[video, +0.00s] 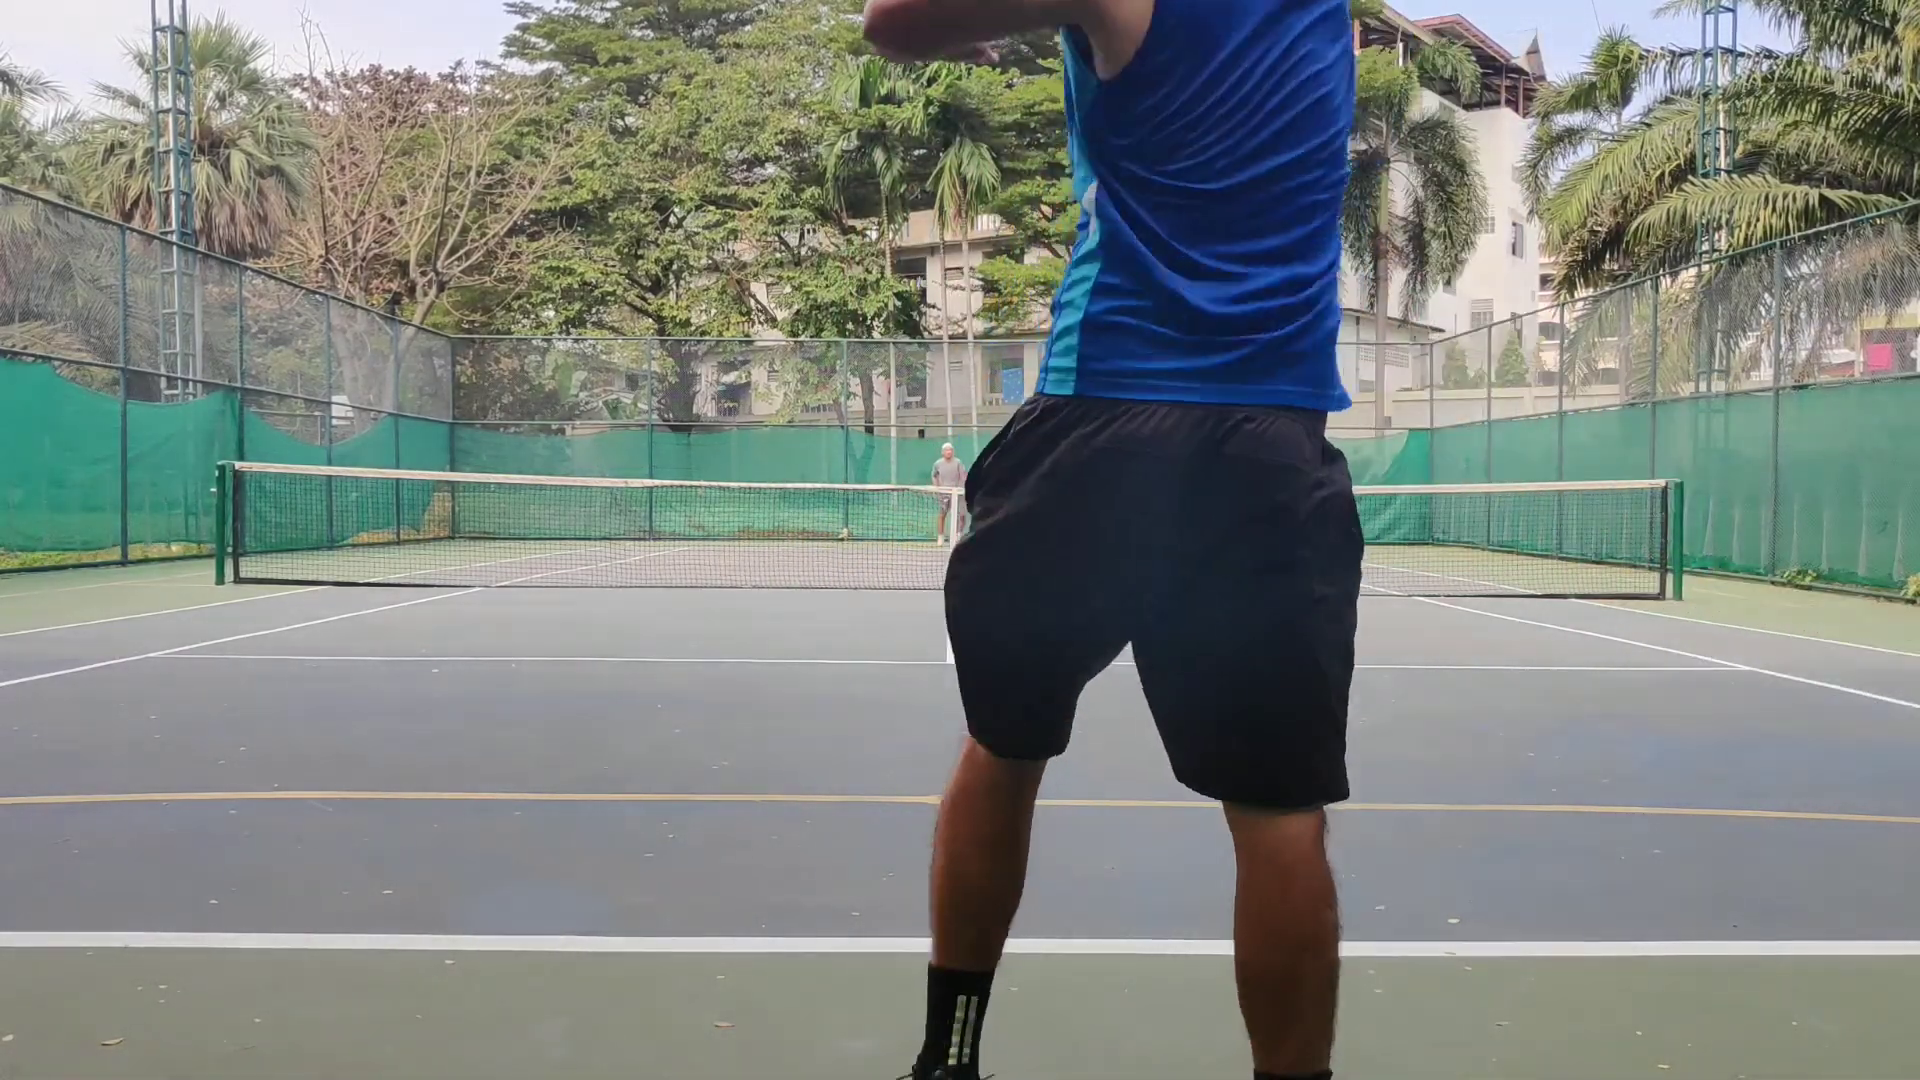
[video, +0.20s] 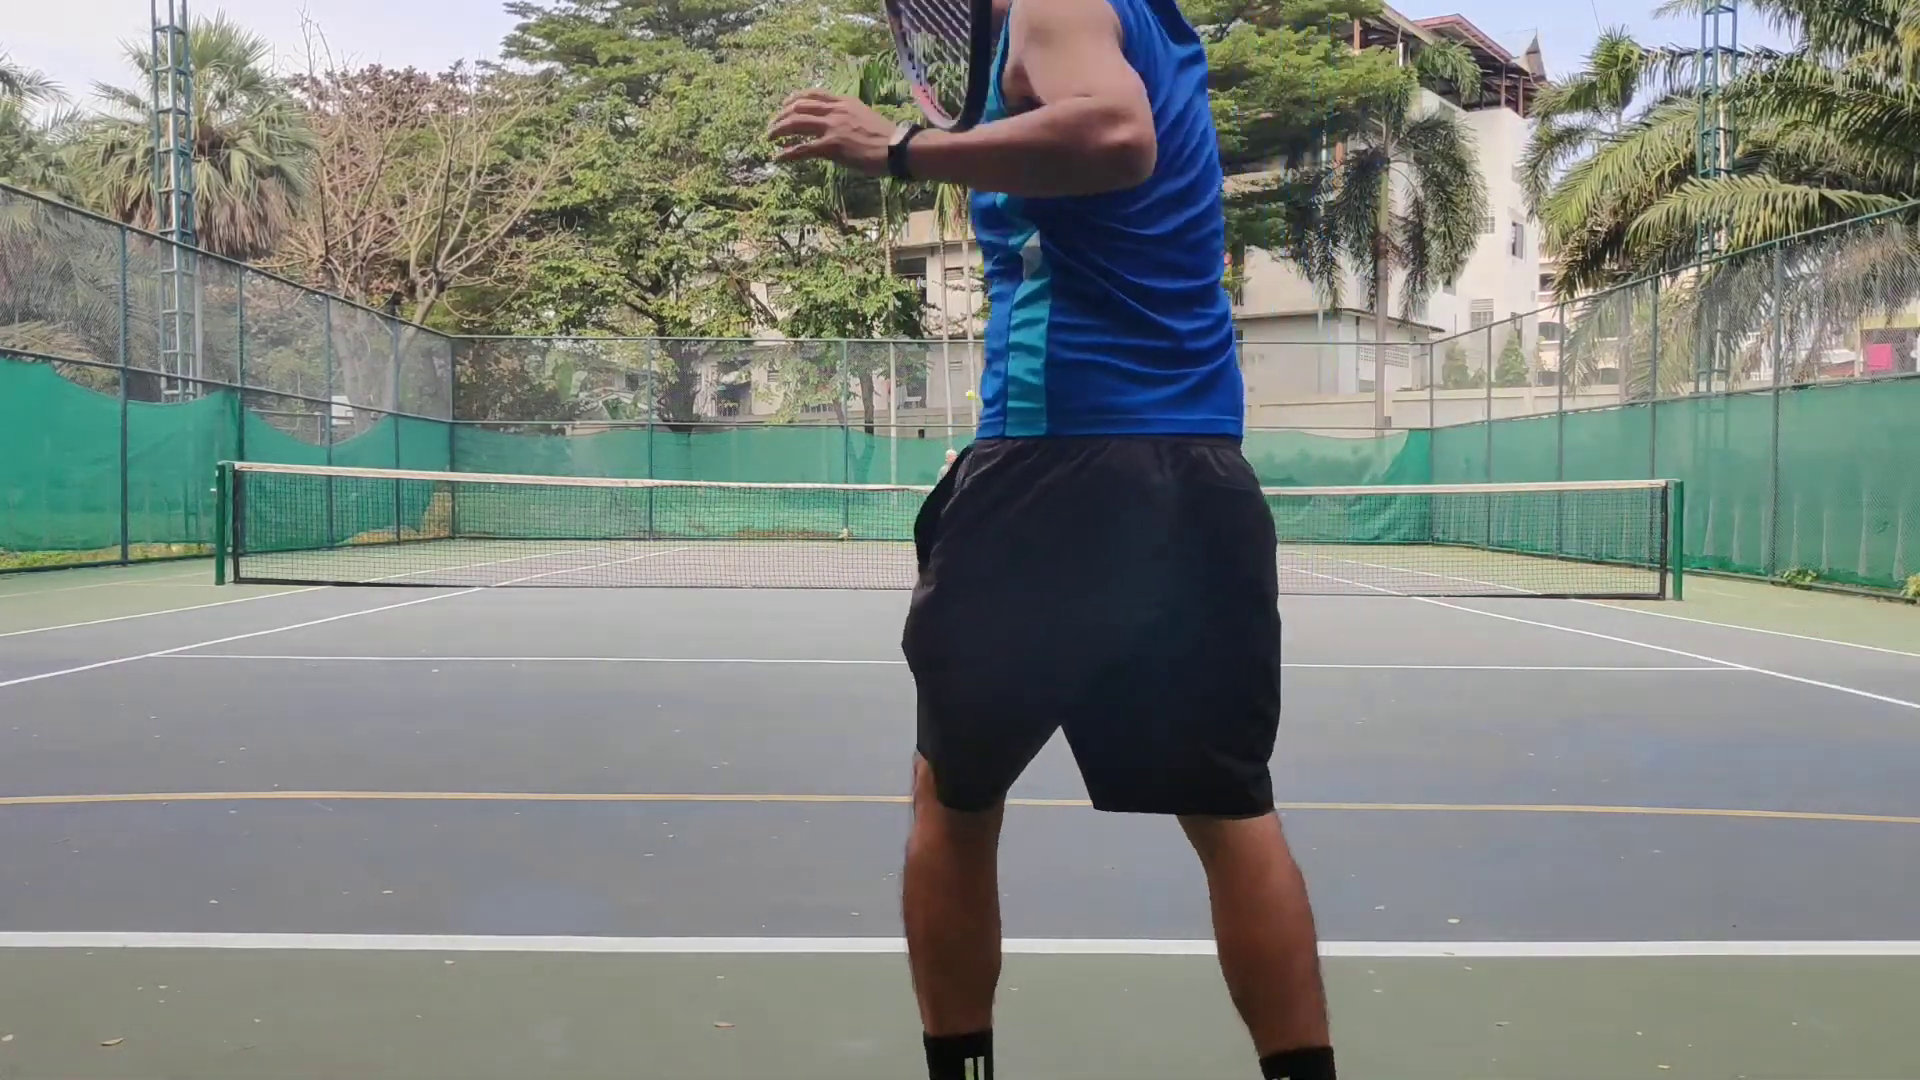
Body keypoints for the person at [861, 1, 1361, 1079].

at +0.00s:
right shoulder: (1328, 12)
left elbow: (893, 25)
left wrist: (1038, 11)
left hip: (1090, 444)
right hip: (1273, 457)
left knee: (1003, 745)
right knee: (1281, 820)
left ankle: (948, 1051)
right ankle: (1295, 1077)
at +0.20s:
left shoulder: (1053, 8)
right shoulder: (1166, 36)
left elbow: (1114, 133)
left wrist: (902, 145)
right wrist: (970, 137)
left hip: (1044, 479)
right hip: (1201, 478)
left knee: (956, 806)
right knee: (1236, 814)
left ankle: (958, 1071)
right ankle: (1306, 1075)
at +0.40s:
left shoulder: (1027, 32)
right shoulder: (1012, 79)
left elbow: (1145, 179)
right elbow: (891, 199)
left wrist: (945, 284)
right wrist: (787, 197)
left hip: (1007, 492)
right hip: (1136, 495)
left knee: (925, 815)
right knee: (1160, 789)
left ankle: (955, 1079)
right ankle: (1317, 1057)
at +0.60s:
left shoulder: (991, 13)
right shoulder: (1105, 53)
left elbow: (1061, 166)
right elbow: (1116, 274)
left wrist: (907, 284)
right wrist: (973, 370)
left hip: (1026, 461)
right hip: (1152, 464)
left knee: (931, 785)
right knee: (1132, 762)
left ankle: (953, 1071)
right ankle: (1183, 1042)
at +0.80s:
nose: (956, 22)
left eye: (957, 16)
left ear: (974, 6)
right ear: (1069, 6)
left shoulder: (972, 61)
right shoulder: (1158, 109)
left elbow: (931, 230)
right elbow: (1233, 294)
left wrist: (909, 302)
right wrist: (1127, 358)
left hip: (1022, 476)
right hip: (1157, 487)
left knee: (860, 730)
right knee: (1117, 759)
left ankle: (921, 1036)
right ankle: (1185, 1041)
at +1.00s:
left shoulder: (907, 40)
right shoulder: (1154, 70)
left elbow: (848, 225)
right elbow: (1228, 239)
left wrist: (917, 266)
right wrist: (1139, 317)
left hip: (959, 452)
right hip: (1118, 460)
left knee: (829, 726)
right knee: (1151, 738)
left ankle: (738, 1031)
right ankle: (1243, 1028)